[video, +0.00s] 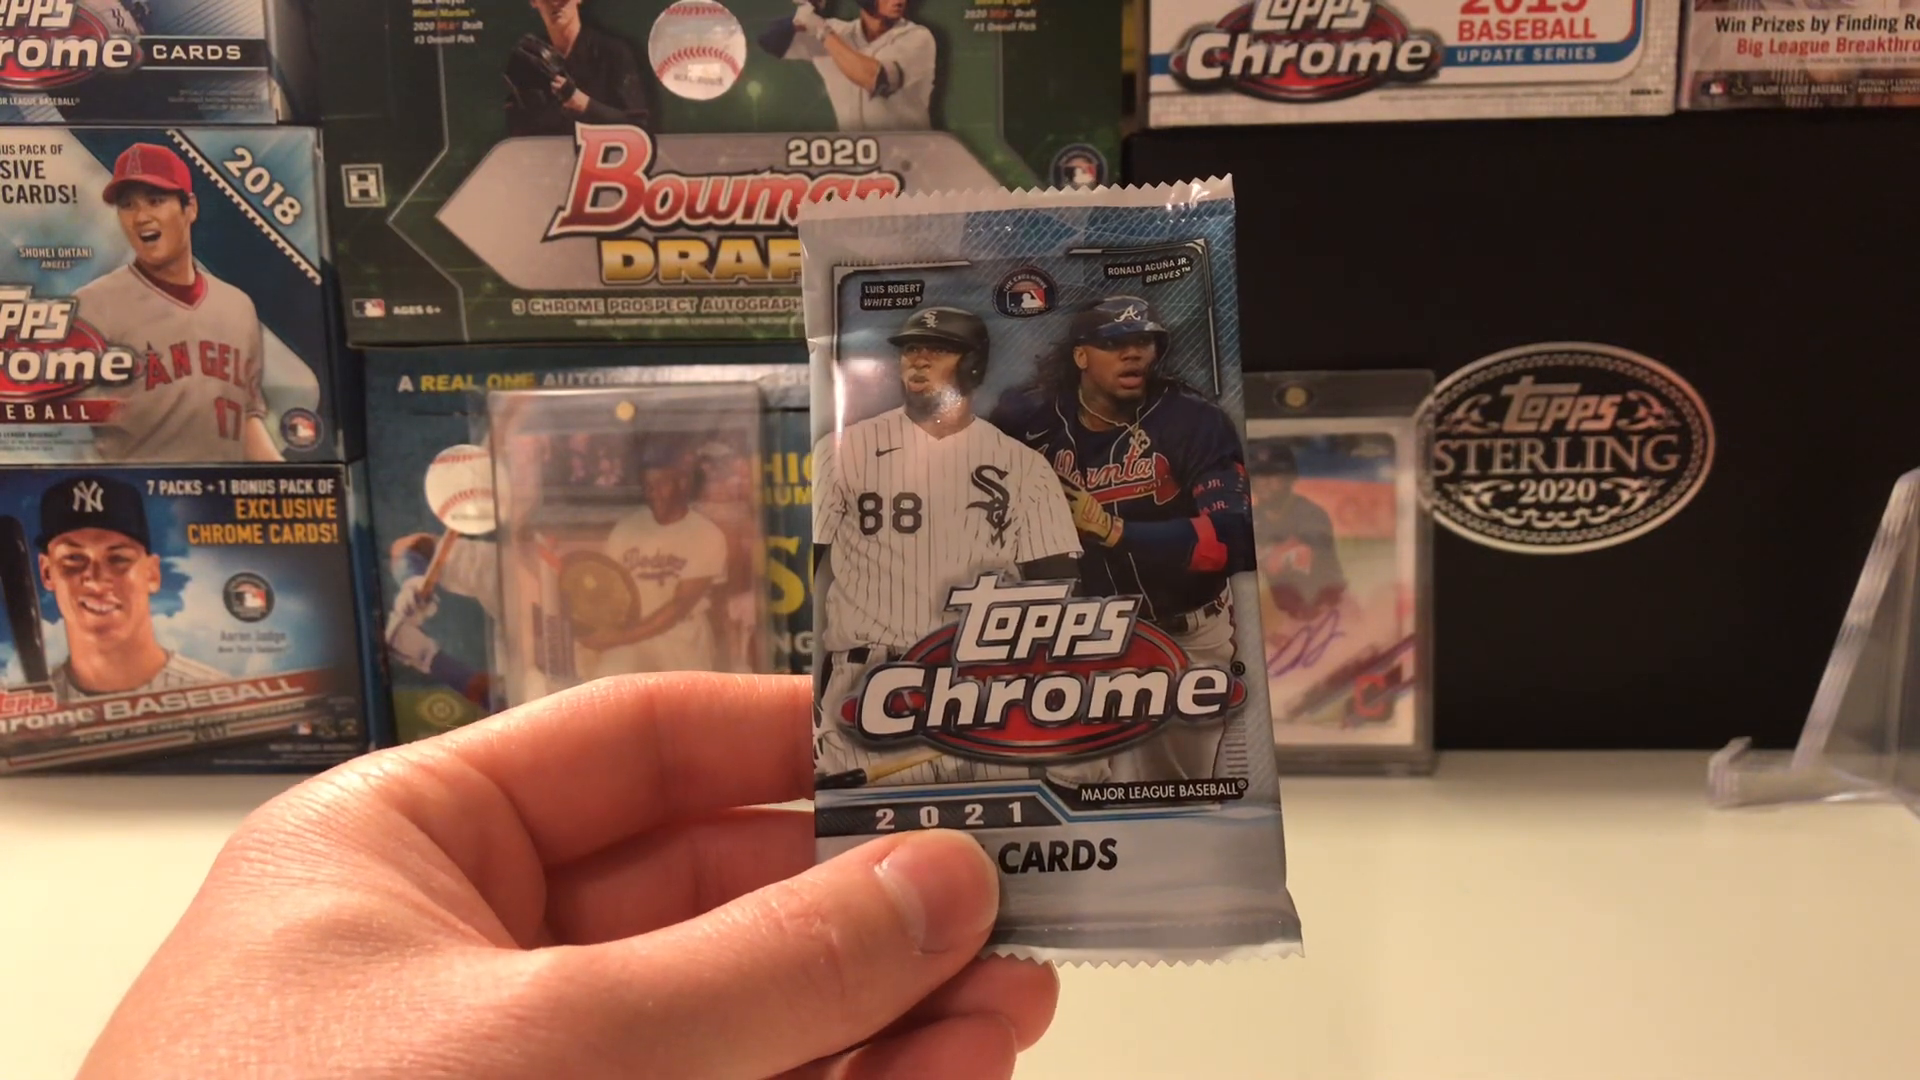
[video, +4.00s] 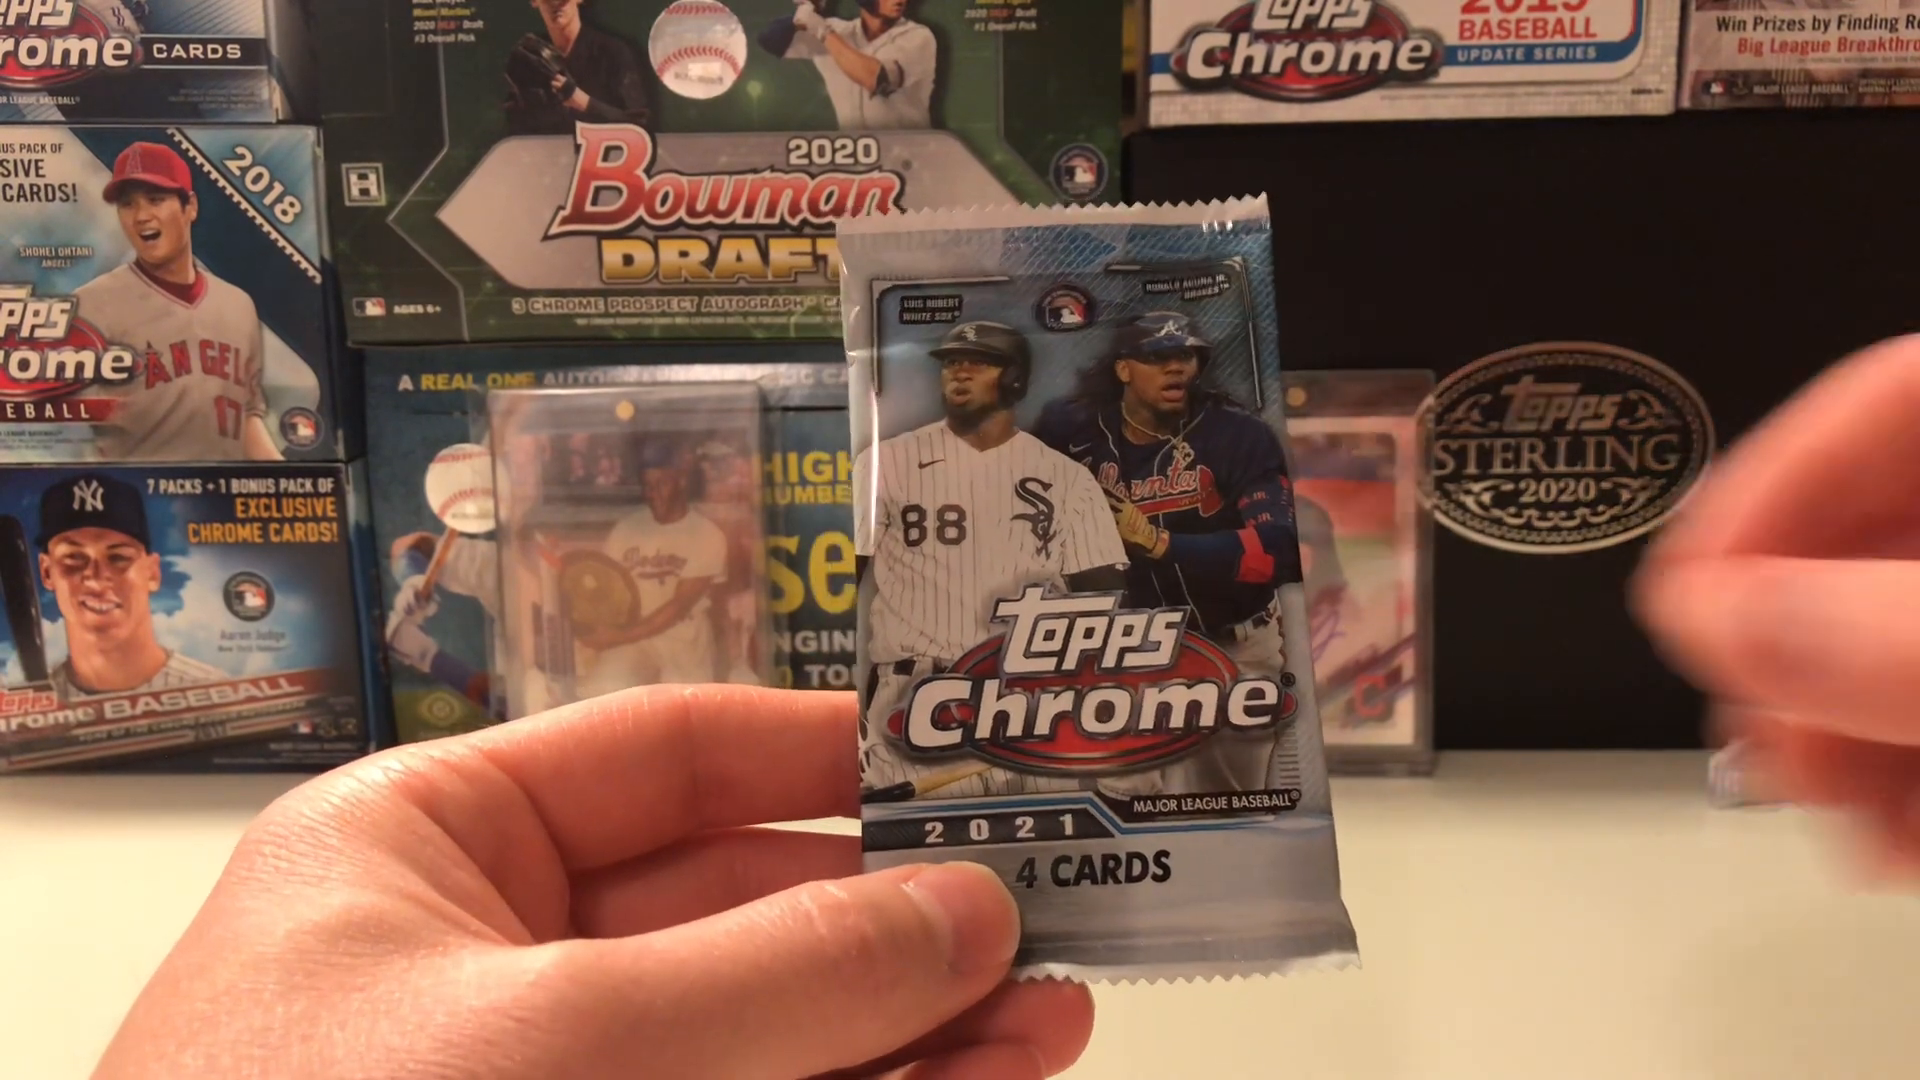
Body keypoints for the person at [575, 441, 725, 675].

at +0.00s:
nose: (653, 494)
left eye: (660, 485)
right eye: (648, 486)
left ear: (682, 484)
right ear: (643, 488)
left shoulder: (707, 536)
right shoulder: (625, 529)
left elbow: (680, 606)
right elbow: (604, 590)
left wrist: (619, 637)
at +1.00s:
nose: (653, 495)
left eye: (660, 485)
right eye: (648, 486)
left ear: (683, 483)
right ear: (642, 488)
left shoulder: (707, 536)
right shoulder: (625, 530)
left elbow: (679, 607)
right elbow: (604, 589)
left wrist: (617, 637)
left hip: (682, 645)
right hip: (625, 646)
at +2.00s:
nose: (652, 495)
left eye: (660, 485)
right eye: (647, 486)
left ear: (682, 484)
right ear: (642, 488)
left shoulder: (707, 536)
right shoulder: (625, 530)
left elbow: (680, 606)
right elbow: (604, 589)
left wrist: (617, 637)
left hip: (683, 641)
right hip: (627, 643)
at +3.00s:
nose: (653, 495)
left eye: (661, 485)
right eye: (648, 487)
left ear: (681, 485)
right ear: (643, 489)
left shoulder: (707, 536)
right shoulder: (625, 529)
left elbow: (680, 607)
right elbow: (604, 588)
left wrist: (618, 637)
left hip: (683, 641)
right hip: (626, 642)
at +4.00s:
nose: (652, 495)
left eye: (659, 485)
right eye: (647, 486)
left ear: (681, 483)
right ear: (642, 488)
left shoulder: (707, 535)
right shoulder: (625, 530)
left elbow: (680, 606)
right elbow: (603, 588)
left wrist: (620, 636)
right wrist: (596, 627)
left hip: (684, 637)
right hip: (629, 638)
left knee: (687, 710)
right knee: (602, 696)